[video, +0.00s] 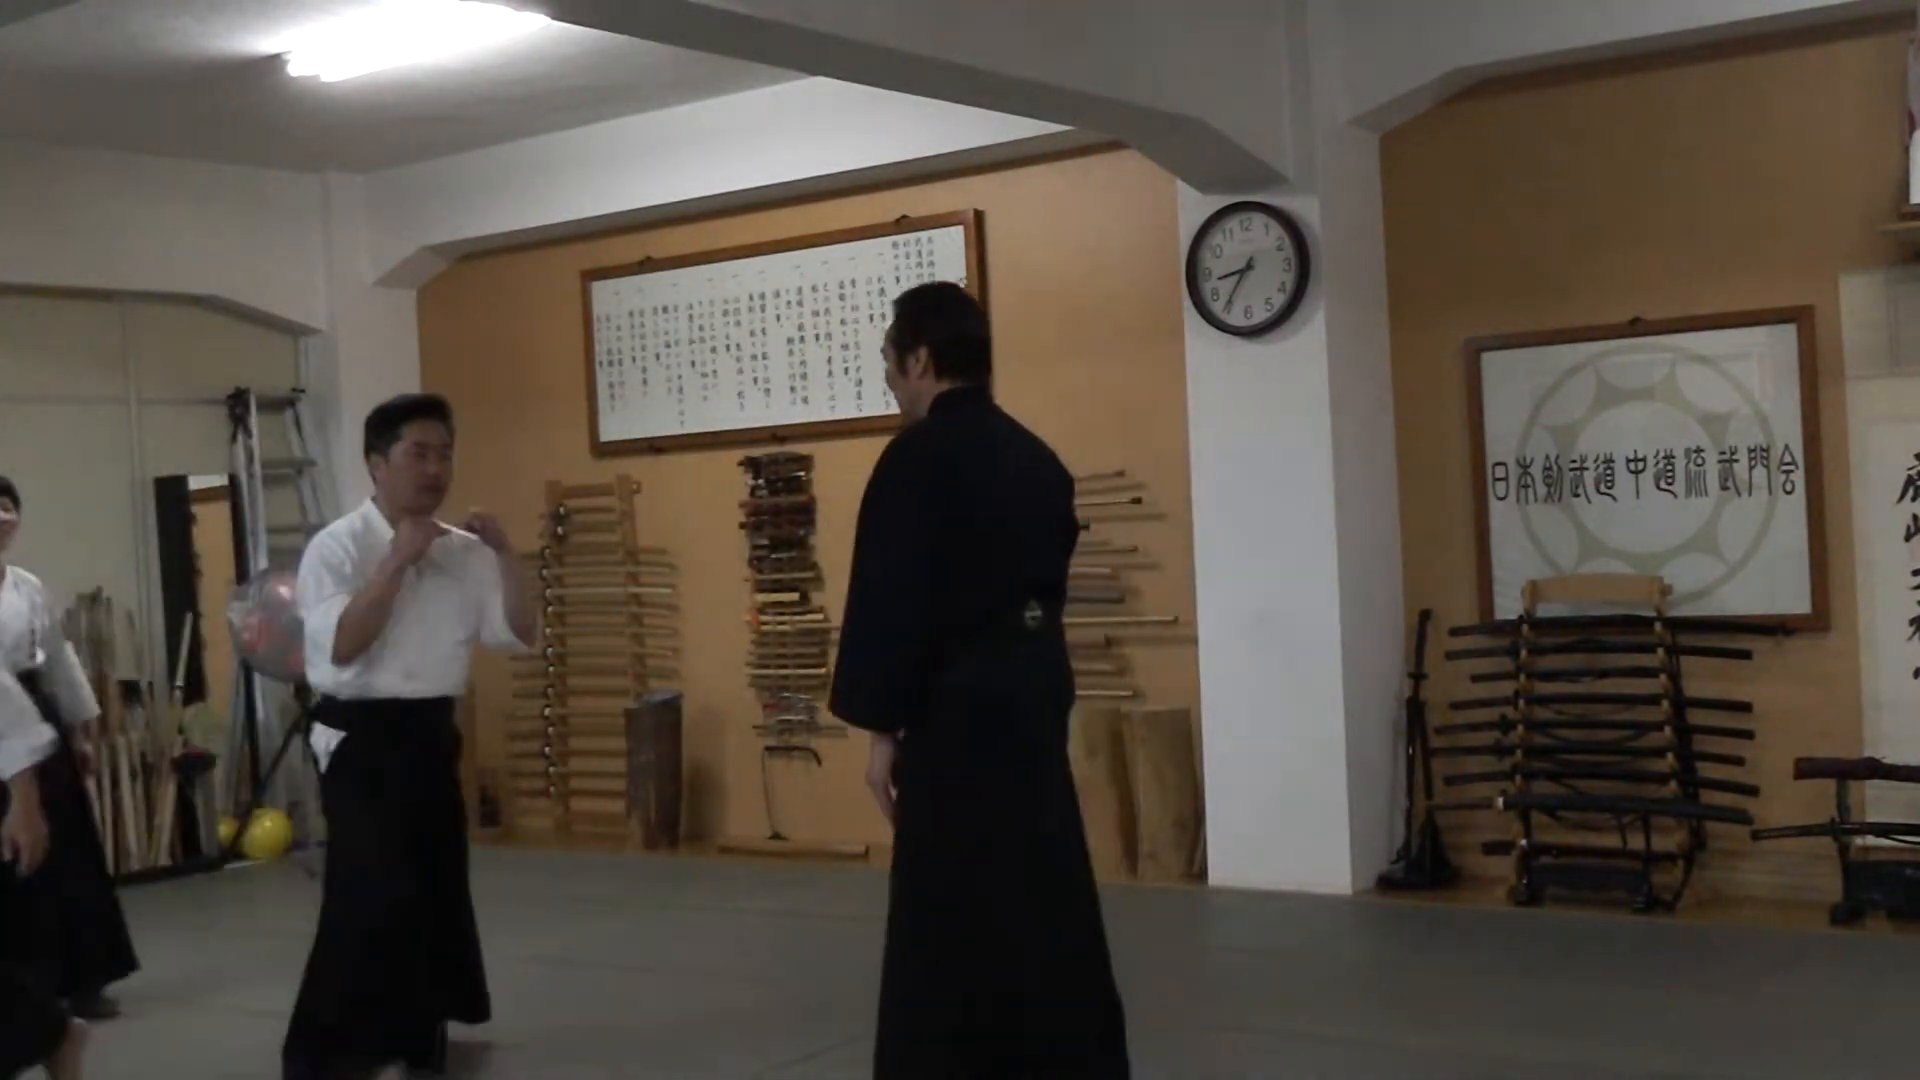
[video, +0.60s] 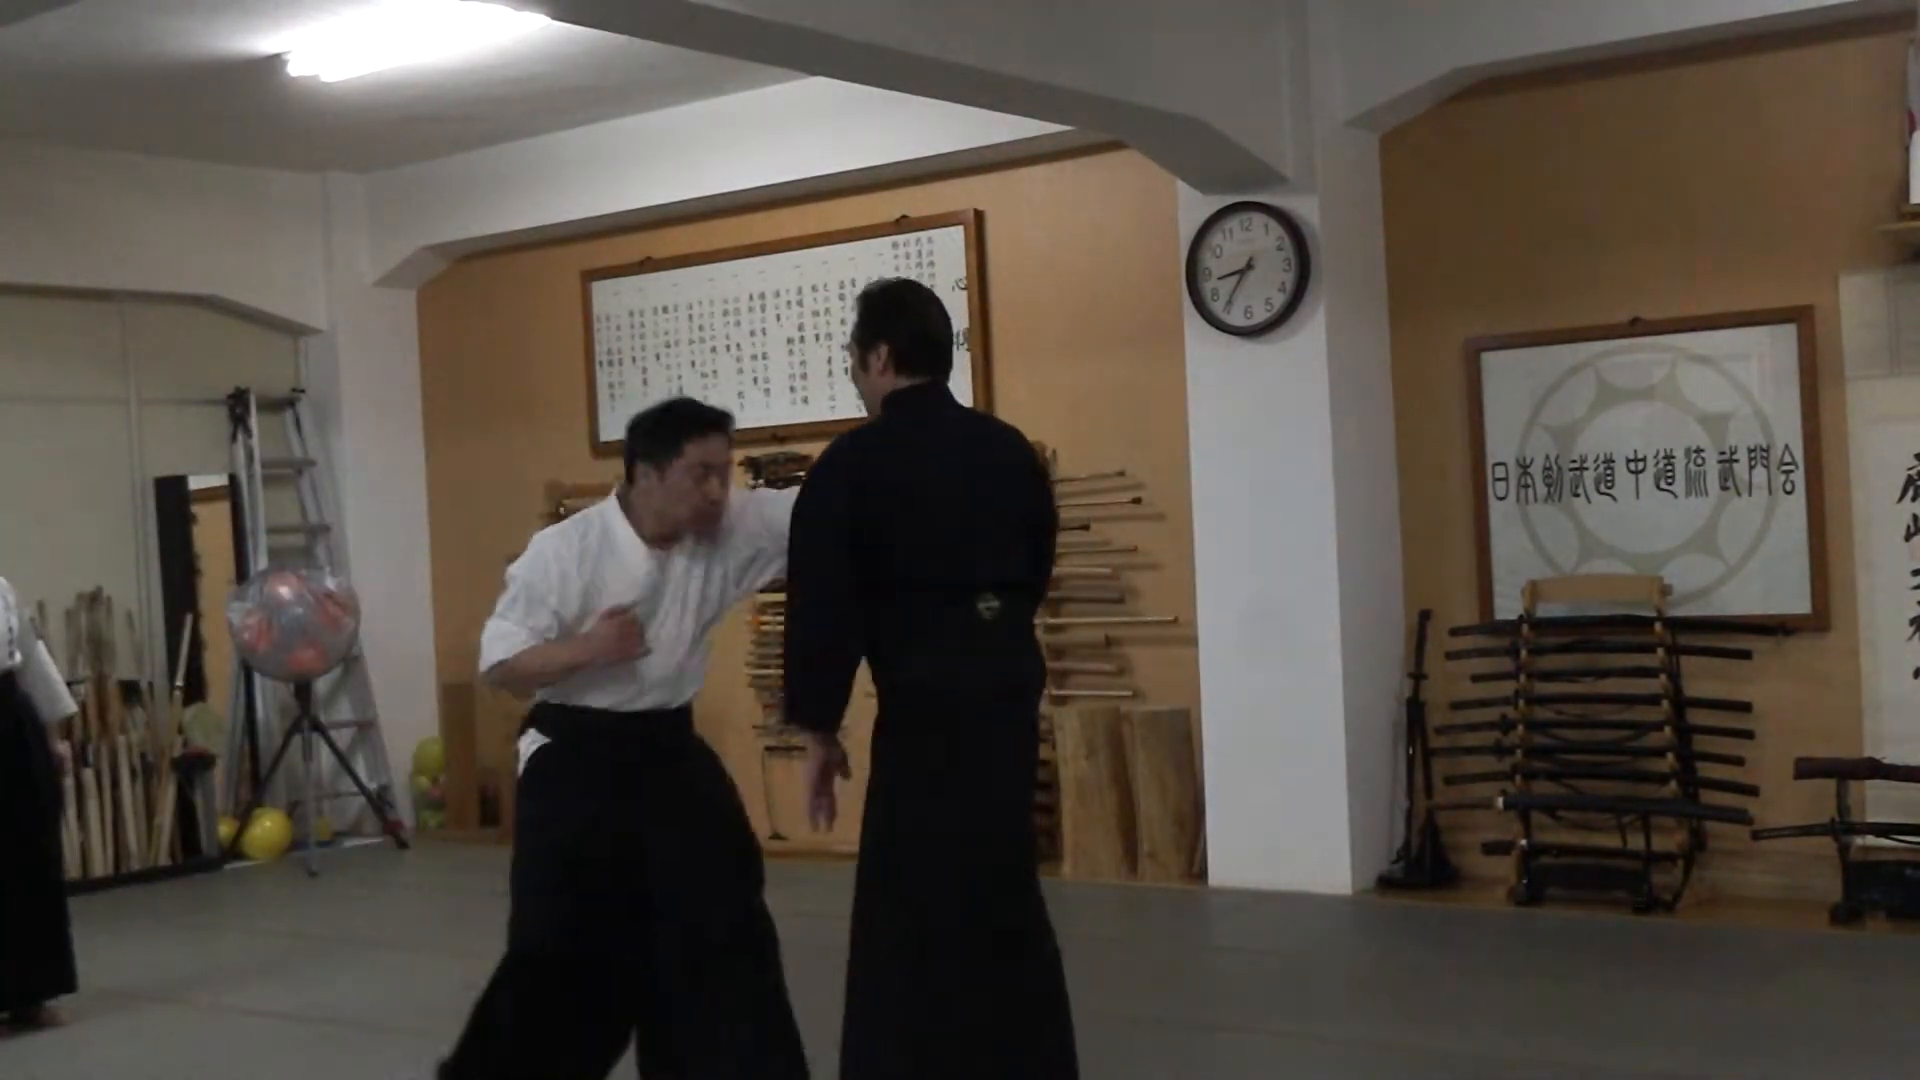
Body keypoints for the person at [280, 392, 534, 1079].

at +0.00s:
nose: (434, 469)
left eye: (443, 456)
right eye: (418, 454)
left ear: (453, 465)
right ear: (376, 464)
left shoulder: (464, 551)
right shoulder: (336, 547)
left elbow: (523, 632)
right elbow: (338, 645)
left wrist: (507, 554)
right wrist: (398, 560)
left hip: (430, 729)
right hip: (356, 732)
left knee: (432, 888)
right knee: (369, 894)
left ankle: (420, 1043)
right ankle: (321, 1057)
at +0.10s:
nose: (452, 470)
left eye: (460, 456)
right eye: (434, 455)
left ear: (469, 466)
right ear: (391, 467)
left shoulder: (482, 557)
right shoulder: (355, 554)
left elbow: (539, 644)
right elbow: (367, 655)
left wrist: (521, 560)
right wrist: (418, 558)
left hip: (473, 750)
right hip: (394, 757)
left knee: (499, 913)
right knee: (396, 935)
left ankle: (405, 1017)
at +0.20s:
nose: (477, 475)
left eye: (485, 460)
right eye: (458, 460)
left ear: (494, 471)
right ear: (415, 476)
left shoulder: (514, 562)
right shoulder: (382, 569)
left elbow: (572, 657)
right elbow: (403, 676)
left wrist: (560, 570)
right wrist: (442, 578)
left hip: (511, 758)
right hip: (425, 767)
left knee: (584, 875)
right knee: (416, 931)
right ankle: (400, 1065)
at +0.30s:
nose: (522, 478)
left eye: (530, 464)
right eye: (503, 464)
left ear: (539, 476)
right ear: (457, 482)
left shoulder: (571, 564)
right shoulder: (424, 573)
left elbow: (639, 654)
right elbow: (434, 690)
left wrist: (635, 583)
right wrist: (479, 594)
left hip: (557, 770)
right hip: (462, 776)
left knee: (644, 876)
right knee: (431, 938)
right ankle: (397, 1069)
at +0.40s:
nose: (600, 483)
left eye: (607, 469)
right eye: (581, 468)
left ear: (615, 479)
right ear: (532, 484)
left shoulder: (643, 565)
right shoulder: (482, 575)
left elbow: (731, 603)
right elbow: (459, 691)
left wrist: (743, 547)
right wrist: (526, 602)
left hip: (611, 789)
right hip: (511, 791)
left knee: (696, 966)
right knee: (449, 977)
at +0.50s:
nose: (690, 494)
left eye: (696, 479)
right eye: (672, 476)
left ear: (704, 486)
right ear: (617, 484)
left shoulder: (710, 562)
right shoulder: (543, 567)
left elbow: (787, 546)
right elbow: (479, 678)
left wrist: (826, 495)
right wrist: (554, 635)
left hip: (647, 786)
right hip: (545, 787)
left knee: (714, 974)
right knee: (494, 981)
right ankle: (431, 1061)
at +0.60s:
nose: (720, 493)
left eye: (725, 474)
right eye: (704, 475)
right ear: (647, 475)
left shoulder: (729, 534)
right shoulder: (562, 550)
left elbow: (833, 509)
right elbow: (499, 662)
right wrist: (585, 648)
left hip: (672, 753)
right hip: (573, 759)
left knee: (723, 930)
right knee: (564, 953)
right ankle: (490, 1077)